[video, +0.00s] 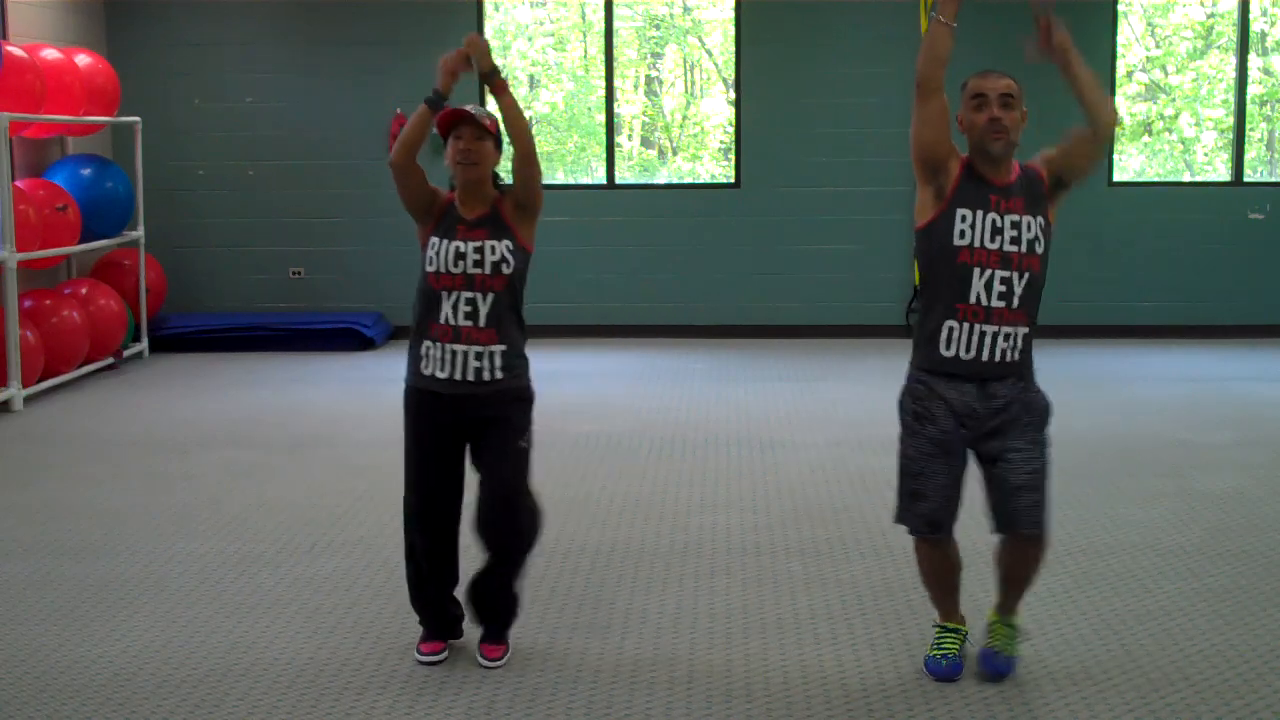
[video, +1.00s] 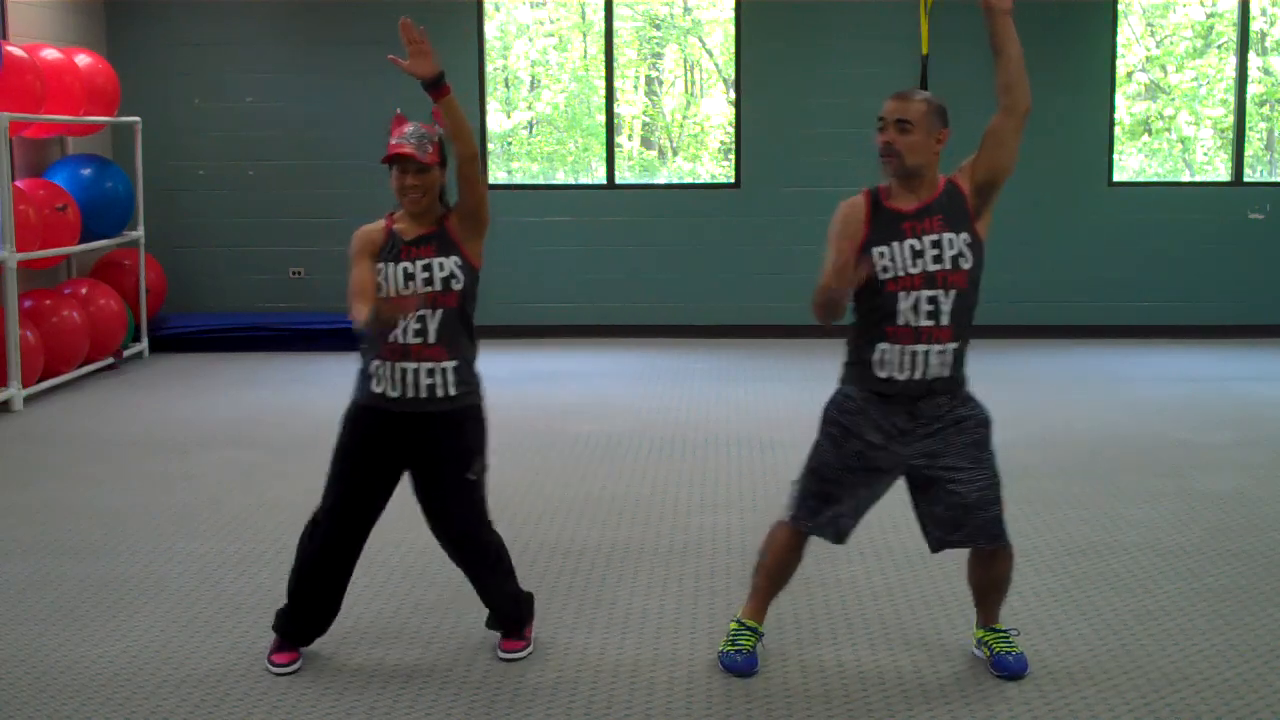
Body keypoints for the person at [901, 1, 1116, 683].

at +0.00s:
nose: (993, 112)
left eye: (1006, 102)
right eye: (979, 102)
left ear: (1023, 118)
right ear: (960, 121)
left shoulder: (1043, 183)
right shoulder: (941, 177)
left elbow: (1102, 126)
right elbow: (926, 85)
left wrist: (1065, 51)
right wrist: (944, 11)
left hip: (1012, 395)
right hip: (935, 393)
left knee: (1026, 528)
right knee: (928, 524)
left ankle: (1006, 619)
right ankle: (950, 624)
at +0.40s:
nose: (926, 123)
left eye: (942, 113)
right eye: (922, 114)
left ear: (981, 127)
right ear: (919, 126)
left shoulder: (1009, 181)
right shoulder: (902, 182)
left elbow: (1035, 90)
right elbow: (849, 109)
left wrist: (1008, 4)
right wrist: (843, 24)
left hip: (993, 400)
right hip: (915, 399)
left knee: (1008, 531)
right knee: (897, 521)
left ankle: (985, 630)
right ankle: (904, 612)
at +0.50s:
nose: (906, 123)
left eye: (920, 113)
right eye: (906, 113)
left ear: (964, 125)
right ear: (908, 122)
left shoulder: (1000, 179)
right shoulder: (888, 180)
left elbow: (1031, 87)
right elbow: (812, 139)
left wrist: (1011, 4)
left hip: (980, 399)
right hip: (899, 395)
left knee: (996, 532)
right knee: (847, 511)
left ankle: (984, 630)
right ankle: (795, 614)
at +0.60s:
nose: (888, 119)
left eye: (903, 110)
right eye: (888, 110)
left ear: (946, 122)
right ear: (894, 121)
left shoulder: (984, 180)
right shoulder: (866, 180)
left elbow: (1019, 85)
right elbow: (775, 175)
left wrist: (1005, 4)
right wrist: (688, 186)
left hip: (960, 398)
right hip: (879, 394)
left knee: (990, 529)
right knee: (815, 511)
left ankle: (982, 628)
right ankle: (750, 612)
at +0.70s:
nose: (871, 118)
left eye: (887, 109)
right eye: (872, 108)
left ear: (930, 123)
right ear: (875, 120)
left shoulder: (964, 178)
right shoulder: (846, 184)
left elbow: (1005, 90)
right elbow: (759, 208)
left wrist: (994, 7)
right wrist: (686, 262)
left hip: (941, 394)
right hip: (857, 392)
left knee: (995, 518)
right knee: (800, 510)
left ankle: (978, 619)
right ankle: (745, 616)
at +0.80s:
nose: (860, 121)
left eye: (876, 112)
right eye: (862, 112)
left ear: (917, 126)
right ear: (871, 124)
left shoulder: (955, 182)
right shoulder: (837, 190)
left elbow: (1000, 94)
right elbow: (759, 236)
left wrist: (989, 6)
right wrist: (734, 314)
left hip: (931, 395)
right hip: (848, 396)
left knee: (988, 517)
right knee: (792, 511)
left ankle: (988, 618)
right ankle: (746, 621)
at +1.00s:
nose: (886, 139)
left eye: (901, 128)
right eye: (882, 128)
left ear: (939, 138)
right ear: (876, 137)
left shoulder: (971, 194)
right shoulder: (857, 213)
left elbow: (1015, 107)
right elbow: (824, 312)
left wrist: (1000, 13)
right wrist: (842, 283)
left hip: (945, 409)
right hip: (865, 408)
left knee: (990, 534)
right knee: (800, 519)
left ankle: (991, 630)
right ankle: (748, 623)